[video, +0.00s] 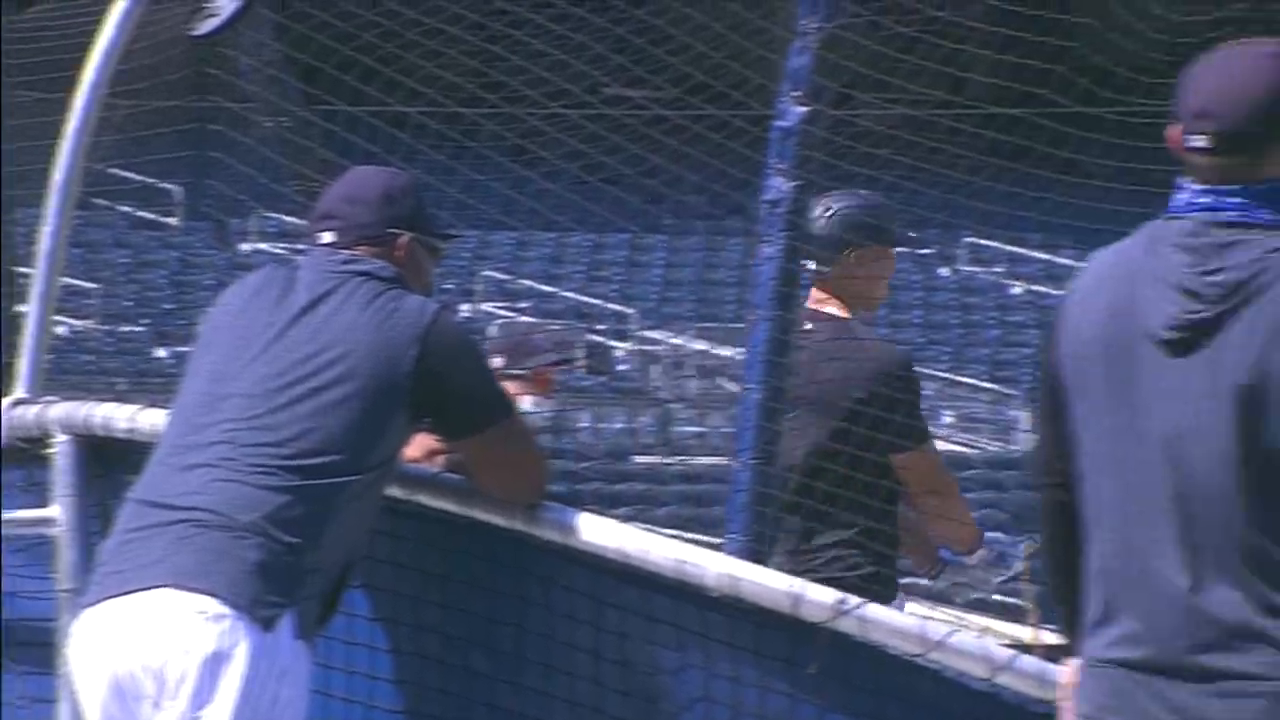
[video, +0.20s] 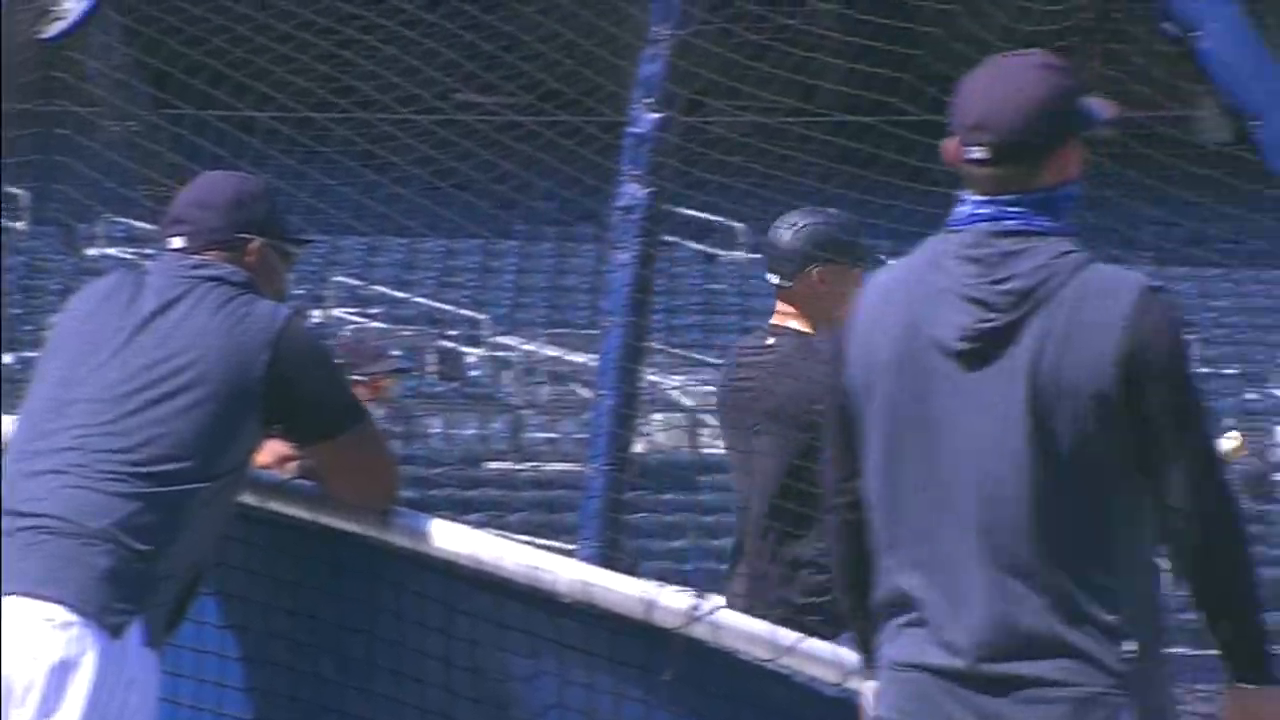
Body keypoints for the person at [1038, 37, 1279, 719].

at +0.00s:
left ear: (1175, 140)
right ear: (1279, 147)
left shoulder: (1097, 284)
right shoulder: (1271, 284)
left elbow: (1057, 479)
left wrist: (1078, 635)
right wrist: (1079, 638)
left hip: (1123, 683)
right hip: (1258, 687)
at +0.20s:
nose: (1087, 157)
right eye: (1084, 144)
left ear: (952, 157)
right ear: (1070, 162)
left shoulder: (877, 304)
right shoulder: (1126, 311)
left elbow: (847, 507)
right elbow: (1195, 510)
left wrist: (878, 657)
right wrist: (1251, 672)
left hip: (917, 685)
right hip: (1082, 688)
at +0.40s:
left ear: (737, 175)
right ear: (855, 167)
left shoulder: (678, 321)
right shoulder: (939, 310)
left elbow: (653, 522)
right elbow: (1014, 500)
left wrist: (700, 646)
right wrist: (1058, 668)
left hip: (729, 683)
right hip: (894, 685)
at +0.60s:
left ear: (584, 179)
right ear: (710, 169)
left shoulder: (530, 324)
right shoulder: (799, 314)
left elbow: (489, 528)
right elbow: (850, 514)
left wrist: (522, 681)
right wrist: (847, 669)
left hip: (588, 693)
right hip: (759, 691)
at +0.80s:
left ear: (467, 178)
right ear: (591, 176)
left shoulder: (401, 329)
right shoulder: (670, 323)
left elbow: (345, 529)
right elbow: (709, 521)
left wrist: (332, 691)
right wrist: (674, 627)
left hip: (456, 695)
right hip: (633, 693)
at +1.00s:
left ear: (351, 172)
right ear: (473, 188)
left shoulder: (278, 332)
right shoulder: (546, 333)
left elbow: (212, 532)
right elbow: (581, 530)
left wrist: (196, 694)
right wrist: (536, 630)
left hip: (340, 696)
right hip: (513, 695)